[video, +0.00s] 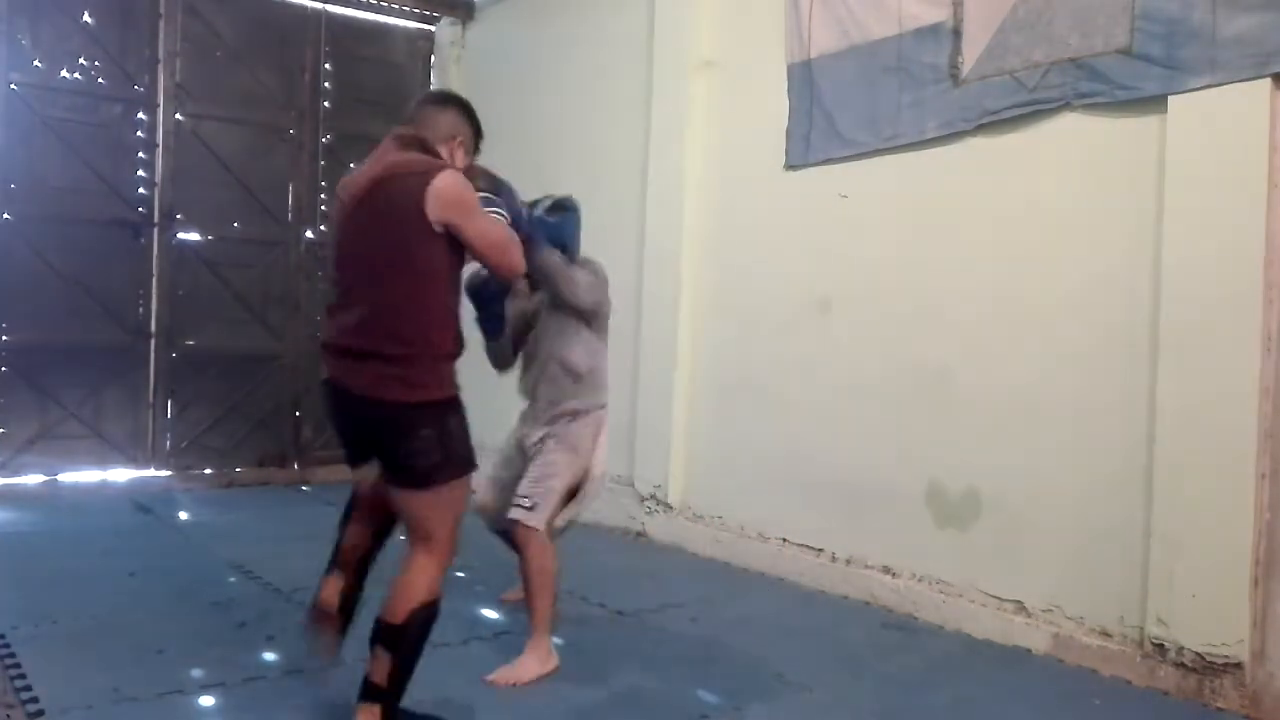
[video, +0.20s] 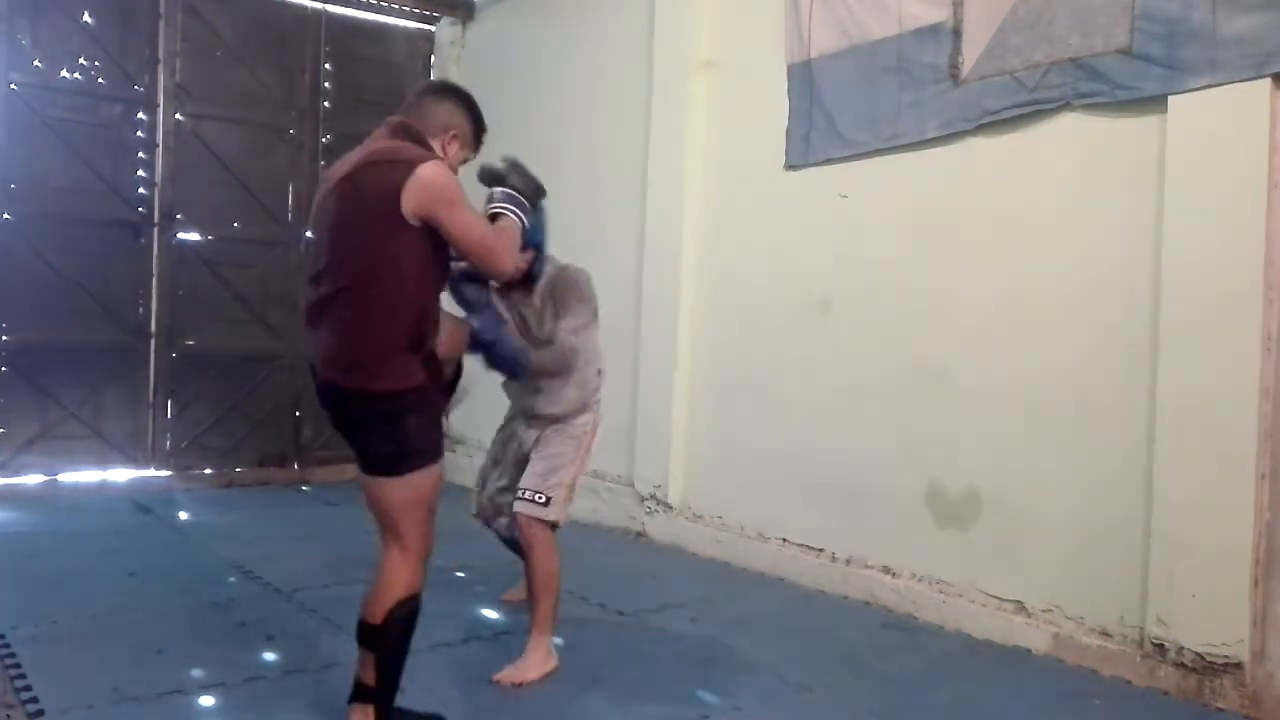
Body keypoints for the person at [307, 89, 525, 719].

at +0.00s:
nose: (466, 165)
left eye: (469, 157)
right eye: (468, 156)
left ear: (407, 131)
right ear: (451, 143)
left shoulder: (354, 182)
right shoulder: (441, 185)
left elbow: (394, 253)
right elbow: (510, 262)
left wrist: (460, 211)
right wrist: (492, 217)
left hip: (349, 387)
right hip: (417, 397)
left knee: (381, 481)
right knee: (431, 546)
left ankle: (335, 596)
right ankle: (377, 703)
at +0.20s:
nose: (462, 162)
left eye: (466, 153)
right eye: (465, 150)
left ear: (407, 121)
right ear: (448, 136)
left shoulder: (346, 169)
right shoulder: (426, 176)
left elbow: (392, 263)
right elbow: (502, 259)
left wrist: (466, 264)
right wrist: (512, 204)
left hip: (341, 369)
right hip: (388, 383)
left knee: (457, 331)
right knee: (405, 545)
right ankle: (371, 702)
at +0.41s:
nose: (439, 166)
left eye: (445, 156)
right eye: (442, 153)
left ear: (381, 124)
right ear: (425, 140)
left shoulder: (312, 170)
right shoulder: (416, 200)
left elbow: (364, 254)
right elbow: (452, 276)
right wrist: (471, 218)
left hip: (309, 374)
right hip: (372, 385)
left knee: (384, 525)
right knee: (385, 545)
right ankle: (368, 702)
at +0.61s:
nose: (416, 198)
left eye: (422, 193)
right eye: (420, 191)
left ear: (375, 148)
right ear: (407, 169)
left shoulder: (291, 175)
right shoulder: (389, 206)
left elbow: (289, 258)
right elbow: (402, 303)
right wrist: (420, 249)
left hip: (273, 387)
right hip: (341, 395)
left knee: (306, 515)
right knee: (378, 544)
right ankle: (365, 704)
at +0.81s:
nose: (386, 220)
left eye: (393, 214)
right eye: (394, 209)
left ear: (360, 160)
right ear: (383, 178)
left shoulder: (273, 187)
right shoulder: (350, 191)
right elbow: (381, 300)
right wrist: (417, 245)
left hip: (237, 382)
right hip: (303, 387)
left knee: (256, 536)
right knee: (362, 536)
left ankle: (212, 695)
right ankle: (290, 702)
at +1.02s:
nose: (377, 205)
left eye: (382, 199)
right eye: (383, 195)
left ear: (345, 154)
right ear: (369, 173)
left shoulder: (262, 183)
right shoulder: (337, 198)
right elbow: (361, 297)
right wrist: (398, 244)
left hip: (232, 383)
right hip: (292, 387)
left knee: (258, 532)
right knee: (306, 551)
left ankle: (201, 689)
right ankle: (272, 704)